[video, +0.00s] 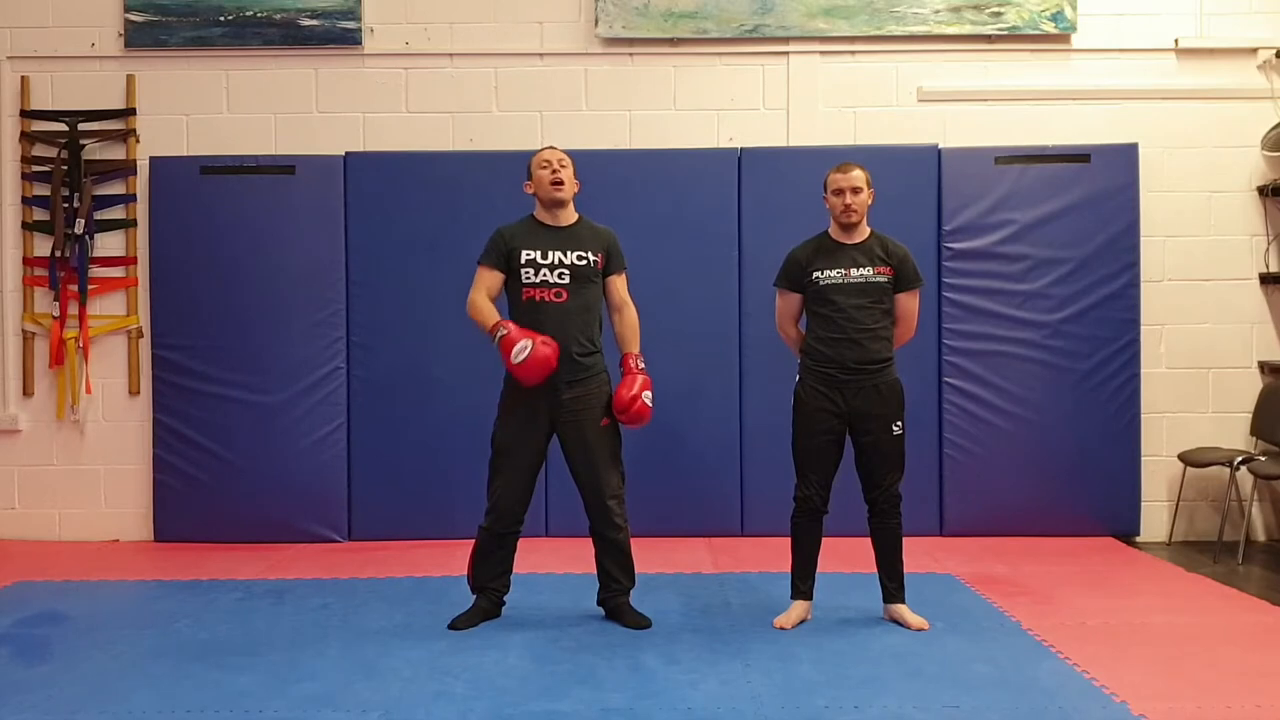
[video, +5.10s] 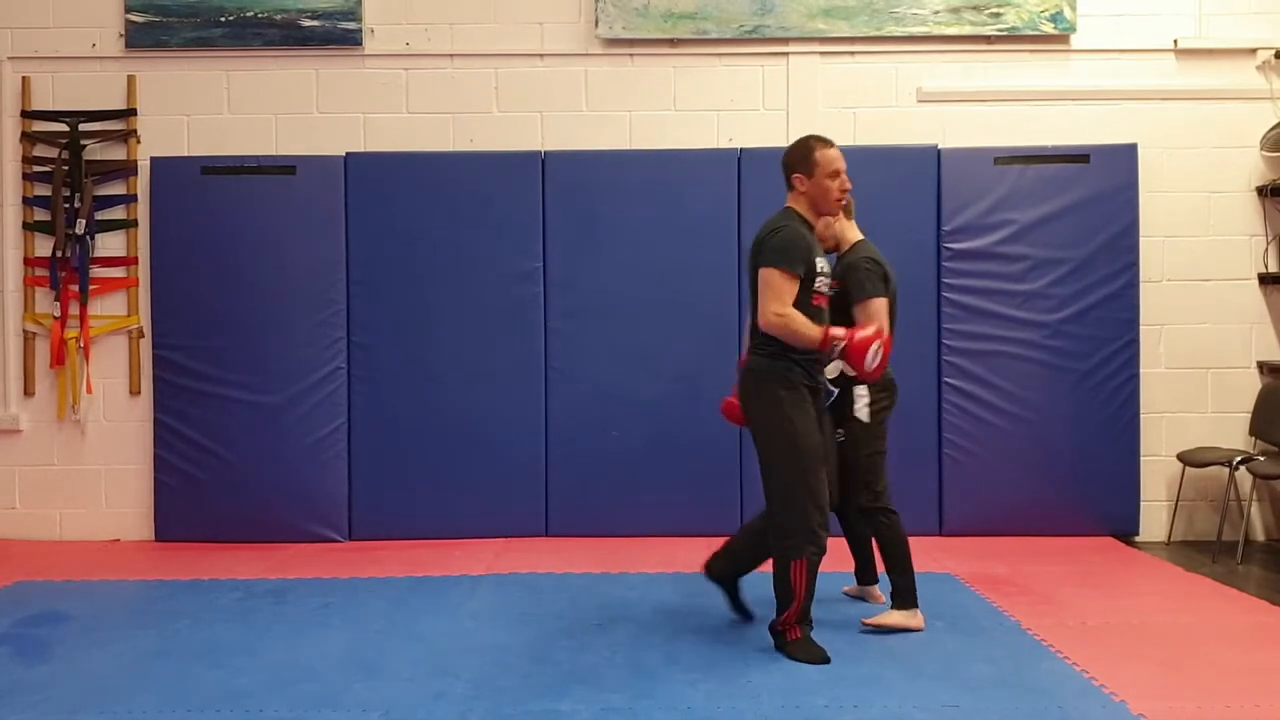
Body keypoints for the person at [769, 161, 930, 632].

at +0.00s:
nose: (847, 199)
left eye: (855, 191)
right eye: (838, 192)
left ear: (870, 196)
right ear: (826, 199)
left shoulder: (895, 256)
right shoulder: (803, 258)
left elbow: (906, 328)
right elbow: (786, 325)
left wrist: (864, 353)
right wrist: (821, 357)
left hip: (878, 391)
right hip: (819, 392)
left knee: (885, 498)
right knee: (809, 497)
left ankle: (894, 601)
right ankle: (801, 598)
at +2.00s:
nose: (845, 195)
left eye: (854, 187)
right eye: (837, 188)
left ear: (871, 195)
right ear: (827, 197)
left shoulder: (897, 255)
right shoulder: (805, 258)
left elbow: (908, 327)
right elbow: (788, 325)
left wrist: (865, 352)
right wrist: (822, 357)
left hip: (880, 392)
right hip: (820, 393)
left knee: (886, 499)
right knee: (810, 497)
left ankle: (894, 601)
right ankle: (801, 599)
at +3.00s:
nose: (835, 202)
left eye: (845, 194)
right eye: (831, 194)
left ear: (871, 199)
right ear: (828, 199)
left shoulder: (900, 255)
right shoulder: (812, 259)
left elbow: (923, 322)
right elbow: (807, 325)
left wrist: (908, 376)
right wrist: (805, 376)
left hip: (884, 390)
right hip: (824, 391)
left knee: (888, 500)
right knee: (810, 496)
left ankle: (892, 600)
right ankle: (799, 597)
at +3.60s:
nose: (838, 210)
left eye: (846, 201)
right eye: (836, 201)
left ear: (875, 201)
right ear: (853, 202)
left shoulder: (901, 251)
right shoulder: (840, 254)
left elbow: (906, 320)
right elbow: (827, 327)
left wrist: (865, 338)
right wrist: (820, 308)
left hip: (884, 382)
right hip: (840, 381)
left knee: (884, 490)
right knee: (836, 488)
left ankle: (892, 602)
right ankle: (857, 590)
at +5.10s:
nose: (811, 231)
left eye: (814, 220)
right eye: (810, 221)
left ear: (837, 215)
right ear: (842, 215)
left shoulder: (862, 266)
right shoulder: (841, 263)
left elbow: (874, 342)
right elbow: (840, 329)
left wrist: (819, 372)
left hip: (865, 388)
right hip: (843, 385)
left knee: (872, 499)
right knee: (844, 496)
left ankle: (908, 606)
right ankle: (868, 583)